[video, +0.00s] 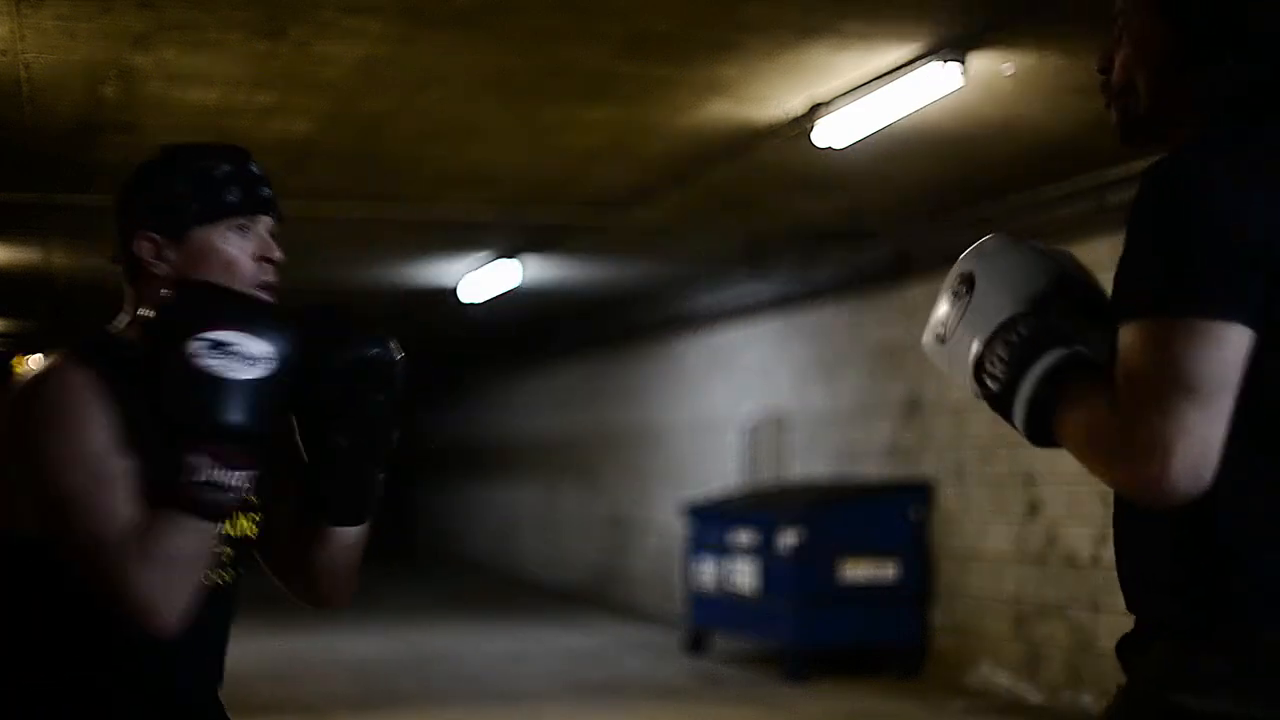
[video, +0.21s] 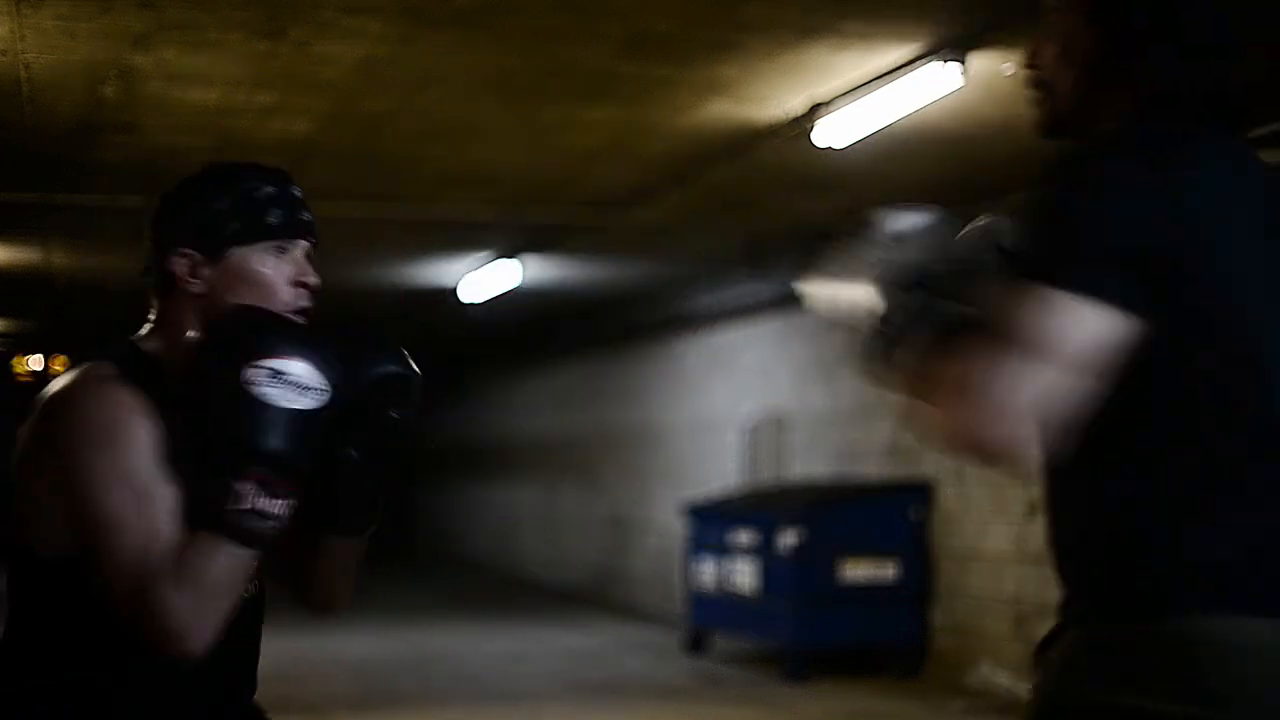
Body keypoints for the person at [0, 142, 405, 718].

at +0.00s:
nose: (272, 253)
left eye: (270, 235)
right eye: (242, 230)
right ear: (157, 253)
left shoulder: (233, 388)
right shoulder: (72, 392)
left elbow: (322, 584)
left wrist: (354, 443)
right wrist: (222, 435)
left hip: (192, 696)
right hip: (90, 707)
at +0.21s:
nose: (310, 278)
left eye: (307, 254)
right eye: (279, 251)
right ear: (193, 270)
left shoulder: (229, 395)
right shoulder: (100, 407)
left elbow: (321, 592)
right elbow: (180, 624)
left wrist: (361, 454)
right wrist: (268, 460)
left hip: (214, 714)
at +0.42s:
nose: (224, 362)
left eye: (237, 329)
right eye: (189, 338)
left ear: (257, 332)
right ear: (132, 348)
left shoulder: (283, 434)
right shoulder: (56, 465)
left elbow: (383, 609)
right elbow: (65, 694)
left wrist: (343, 479)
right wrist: (120, 561)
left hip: (237, 704)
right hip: (106, 715)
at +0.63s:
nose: (374, 361)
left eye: (370, 335)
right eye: (355, 333)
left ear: (279, 337)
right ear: (283, 336)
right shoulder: (206, 444)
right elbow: (281, 668)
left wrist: (346, 498)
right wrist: (355, 515)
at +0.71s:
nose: (347, 371)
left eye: (352, 351)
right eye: (336, 343)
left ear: (270, 330)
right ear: (269, 330)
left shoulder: (150, 417)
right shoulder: (196, 432)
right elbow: (249, 652)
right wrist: (338, 515)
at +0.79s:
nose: (319, 316)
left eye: (317, 290)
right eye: (294, 287)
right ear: (206, 298)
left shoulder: (220, 418)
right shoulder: (117, 417)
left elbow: (298, 598)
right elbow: (164, 635)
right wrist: (264, 479)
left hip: (198, 708)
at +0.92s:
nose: (192, 357)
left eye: (202, 328)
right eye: (162, 337)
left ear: (218, 328)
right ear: (100, 353)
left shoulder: (244, 436)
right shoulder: (52, 471)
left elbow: (349, 605)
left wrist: (322, 497)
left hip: (215, 705)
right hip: (96, 713)